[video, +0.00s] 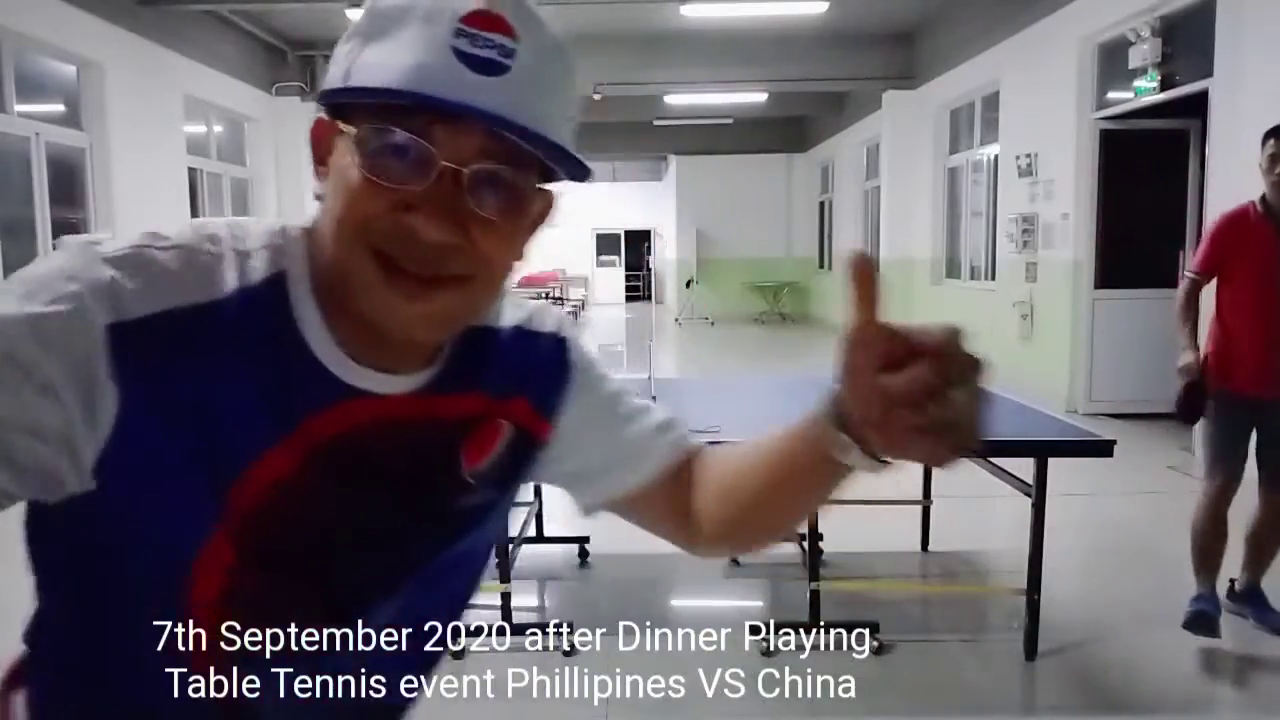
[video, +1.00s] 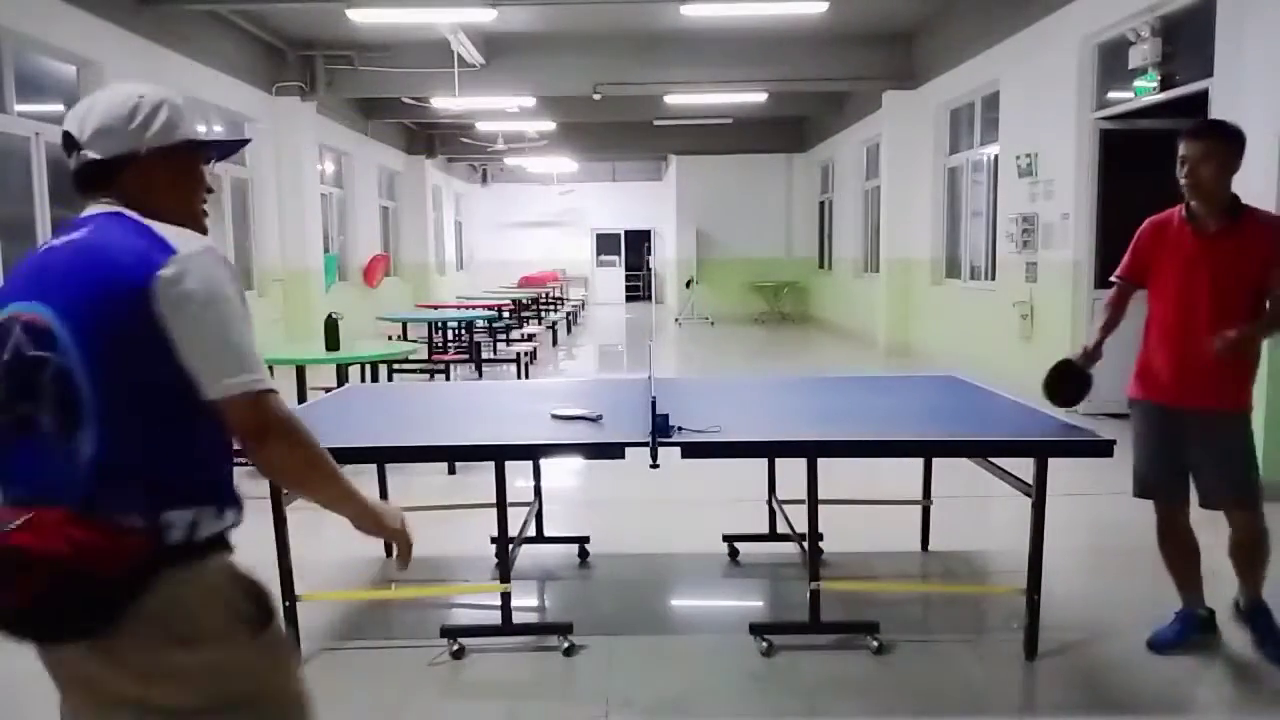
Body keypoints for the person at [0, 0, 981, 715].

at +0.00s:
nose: (438, 216)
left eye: (498, 182)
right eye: (404, 155)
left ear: (542, 212)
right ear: (326, 153)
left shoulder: (538, 381)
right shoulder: (100, 324)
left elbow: (702, 502)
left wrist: (841, 432)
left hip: (358, 707)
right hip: (94, 704)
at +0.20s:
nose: (404, 200)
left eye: (418, 170)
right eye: (368, 151)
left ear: (428, 180)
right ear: (241, 142)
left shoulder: (397, 373)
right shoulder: (39, 328)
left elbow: (503, 537)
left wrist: (638, 601)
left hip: (285, 703)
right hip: (65, 705)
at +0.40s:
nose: (322, 185)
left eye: (316, 156)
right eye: (295, 154)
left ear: (212, 158)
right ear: (204, 156)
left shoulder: (279, 332)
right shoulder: (23, 316)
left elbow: (302, 521)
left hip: (222, 691)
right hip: (53, 698)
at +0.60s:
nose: (299, 180)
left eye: (301, 153)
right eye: (292, 149)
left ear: (230, 148)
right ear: (229, 143)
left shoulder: (195, 267)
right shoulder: (77, 252)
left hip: (185, 652)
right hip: (87, 673)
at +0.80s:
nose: (235, 173)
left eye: (233, 153)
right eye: (223, 152)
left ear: (159, 150)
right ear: (169, 149)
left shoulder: (66, 239)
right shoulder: (137, 248)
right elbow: (212, 455)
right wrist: (352, 571)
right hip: (111, 623)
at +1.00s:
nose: (209, 184)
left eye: (204, 166)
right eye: (194, 164)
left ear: (112, 174)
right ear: (146, 167)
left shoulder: (34, 269)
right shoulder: (176, 263)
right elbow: (261, 425)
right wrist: (362, 509)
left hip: (60, 579)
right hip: (168, 588)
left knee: (103, 708)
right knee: (271, 702)